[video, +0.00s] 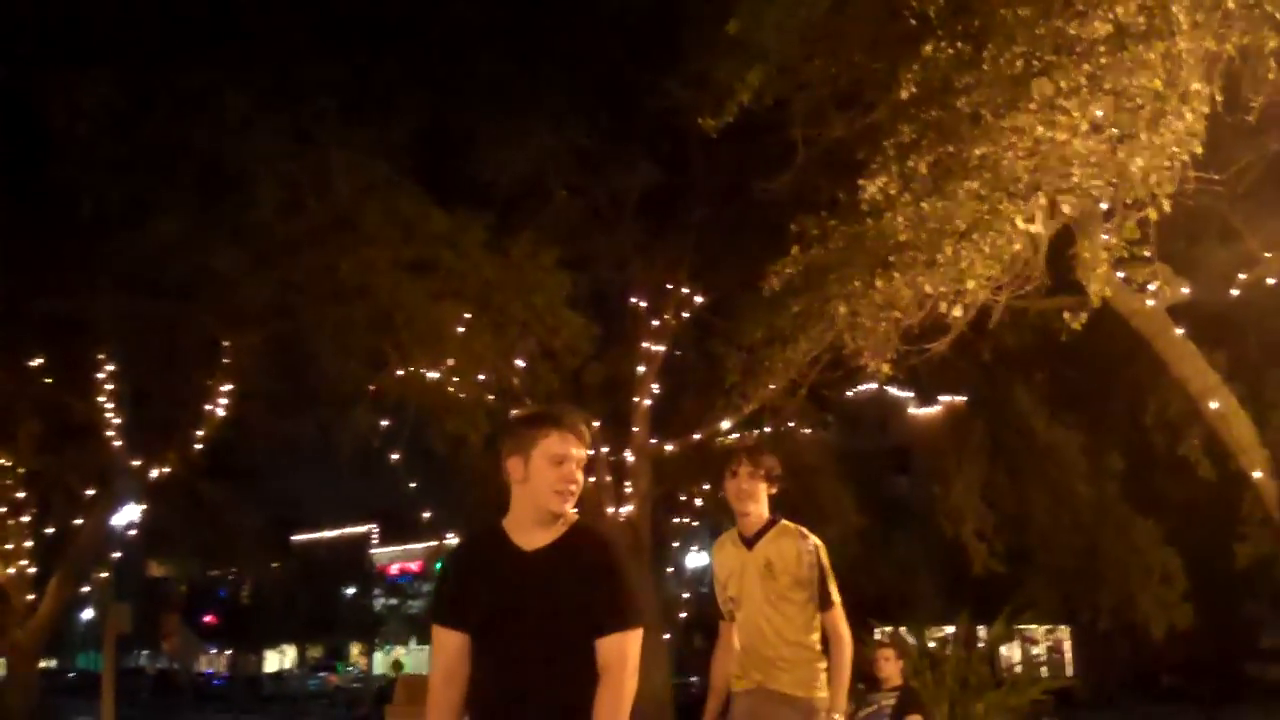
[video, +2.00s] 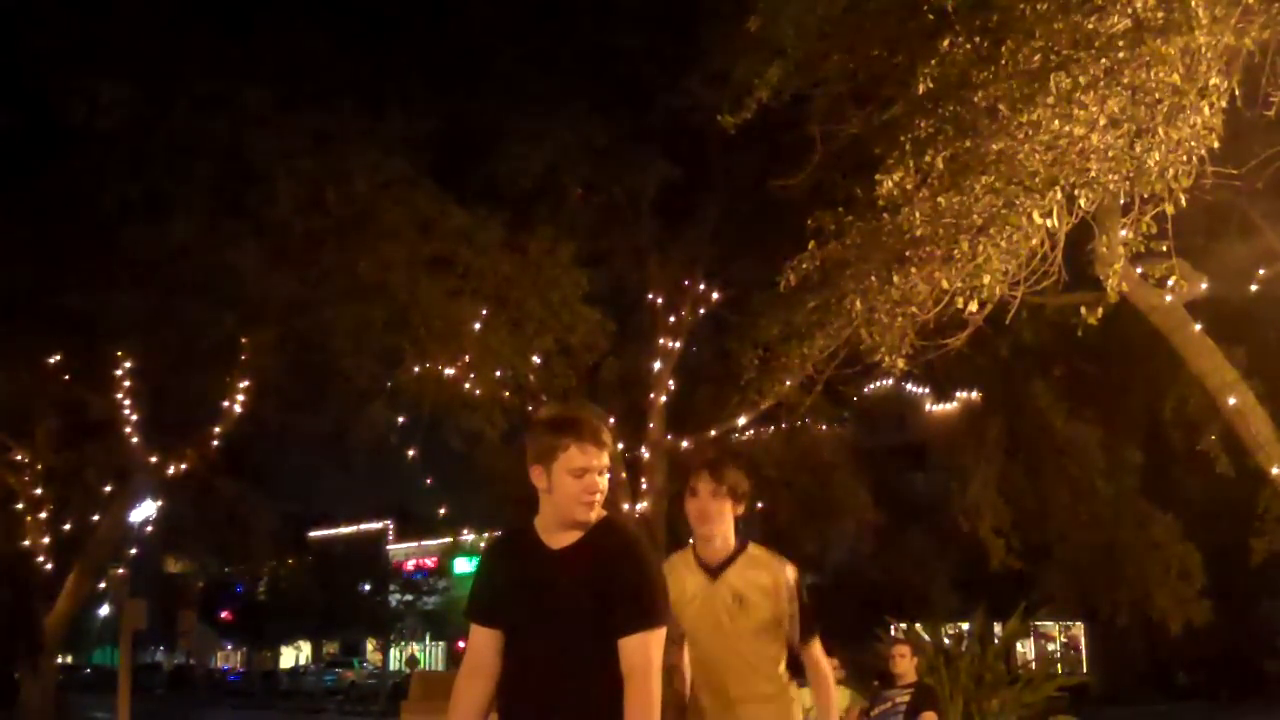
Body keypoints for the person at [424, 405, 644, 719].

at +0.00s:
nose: (574, 478)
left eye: (580, 466)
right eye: (558, 462)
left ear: (586, 473)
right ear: (514, 468)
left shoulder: (601, 558)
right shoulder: (467, 563)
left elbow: (618, 675)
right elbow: (447, 680)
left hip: (575, 711)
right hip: (490, 712)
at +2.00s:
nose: (597, 486)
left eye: (602, 472)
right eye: (579, 474)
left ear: (610, 472)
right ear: (539, 477)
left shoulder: (625, 552)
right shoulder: (504, 555)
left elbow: (642, 679)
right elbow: (478, 671)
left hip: (603, 710)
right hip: (520, 711)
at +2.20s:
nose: (581, 490)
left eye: (590, 475)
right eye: (564, 478)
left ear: (603, 473)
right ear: (533, 478)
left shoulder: (629, 554)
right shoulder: (506, 556)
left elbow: (643, 681)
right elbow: (479, 673)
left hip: (606, 711)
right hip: (523, 710)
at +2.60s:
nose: (532, 500)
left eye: (547, 485)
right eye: (521, 486)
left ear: (582, 476)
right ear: (510, 482)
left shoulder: (620, 552)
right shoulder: (502, 556)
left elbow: (652, 681)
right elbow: (483, 674)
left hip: (607, 713)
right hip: (523, 712)